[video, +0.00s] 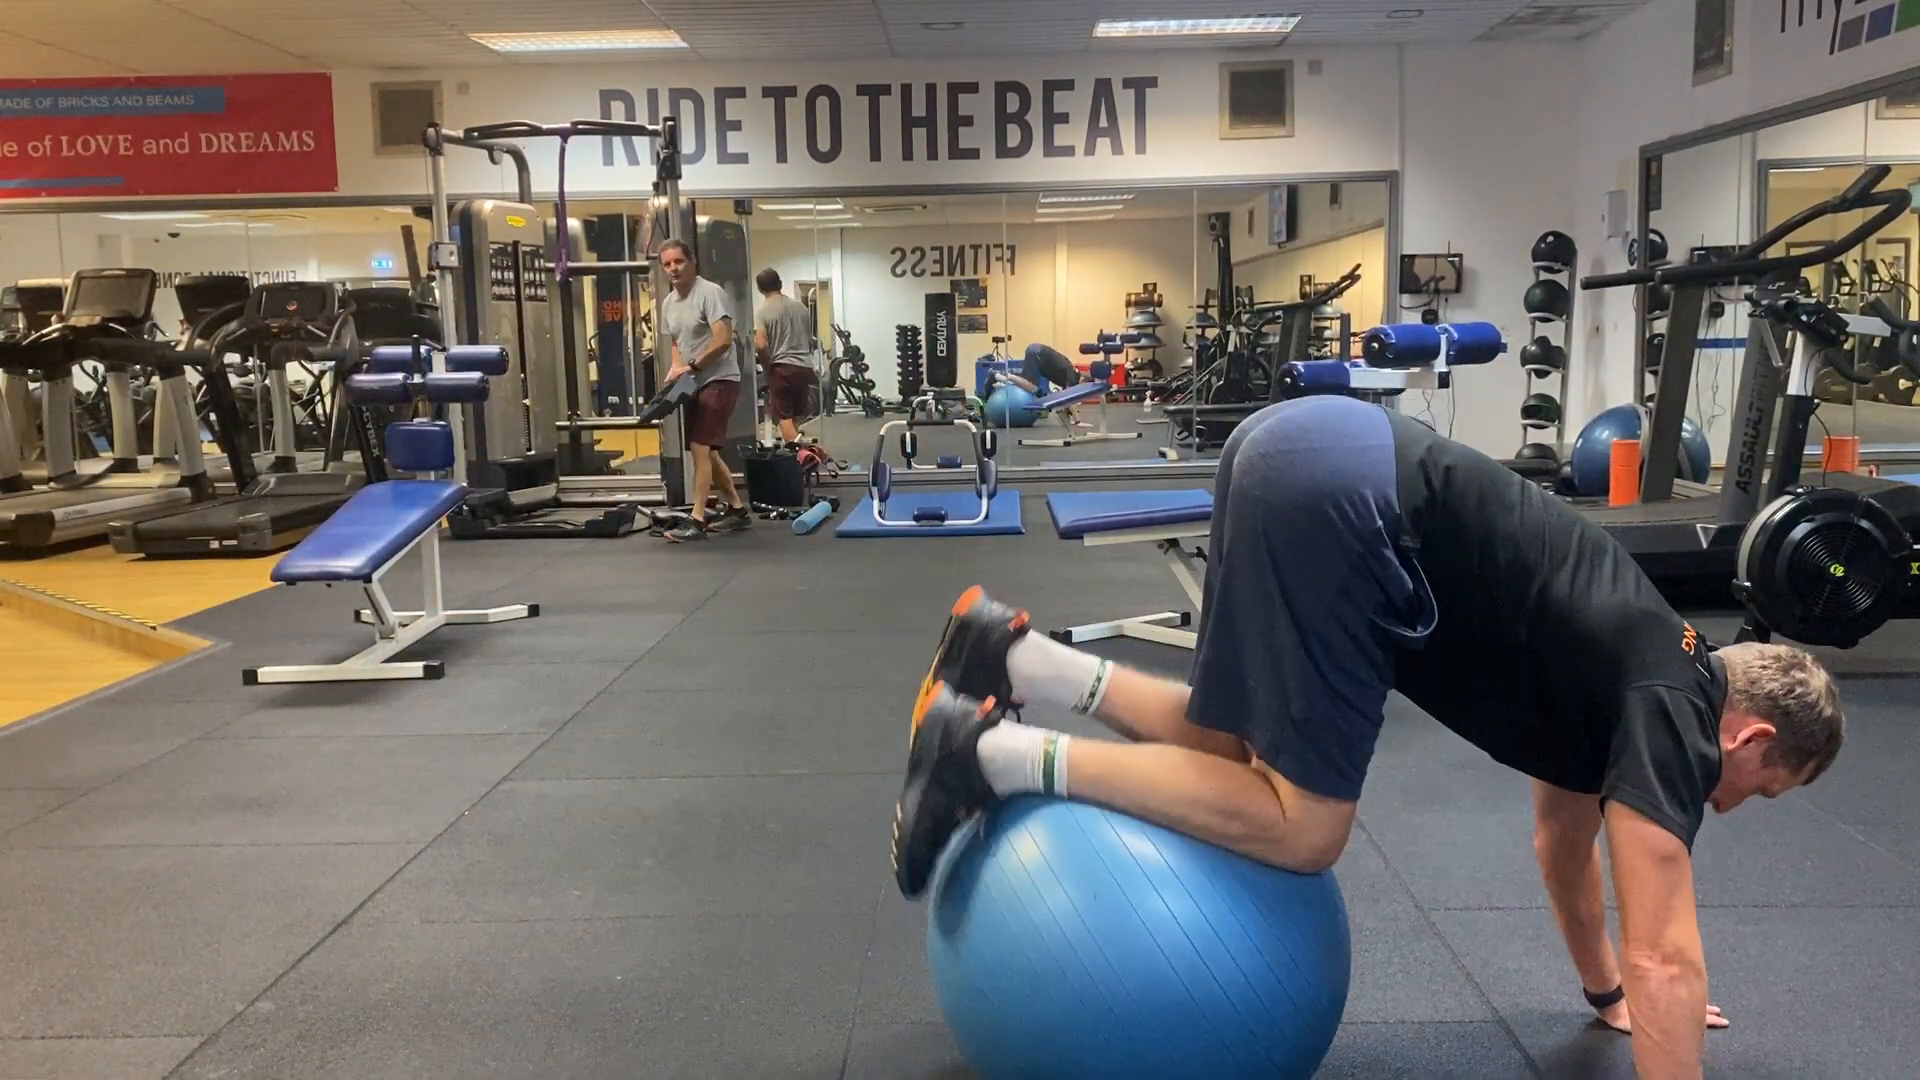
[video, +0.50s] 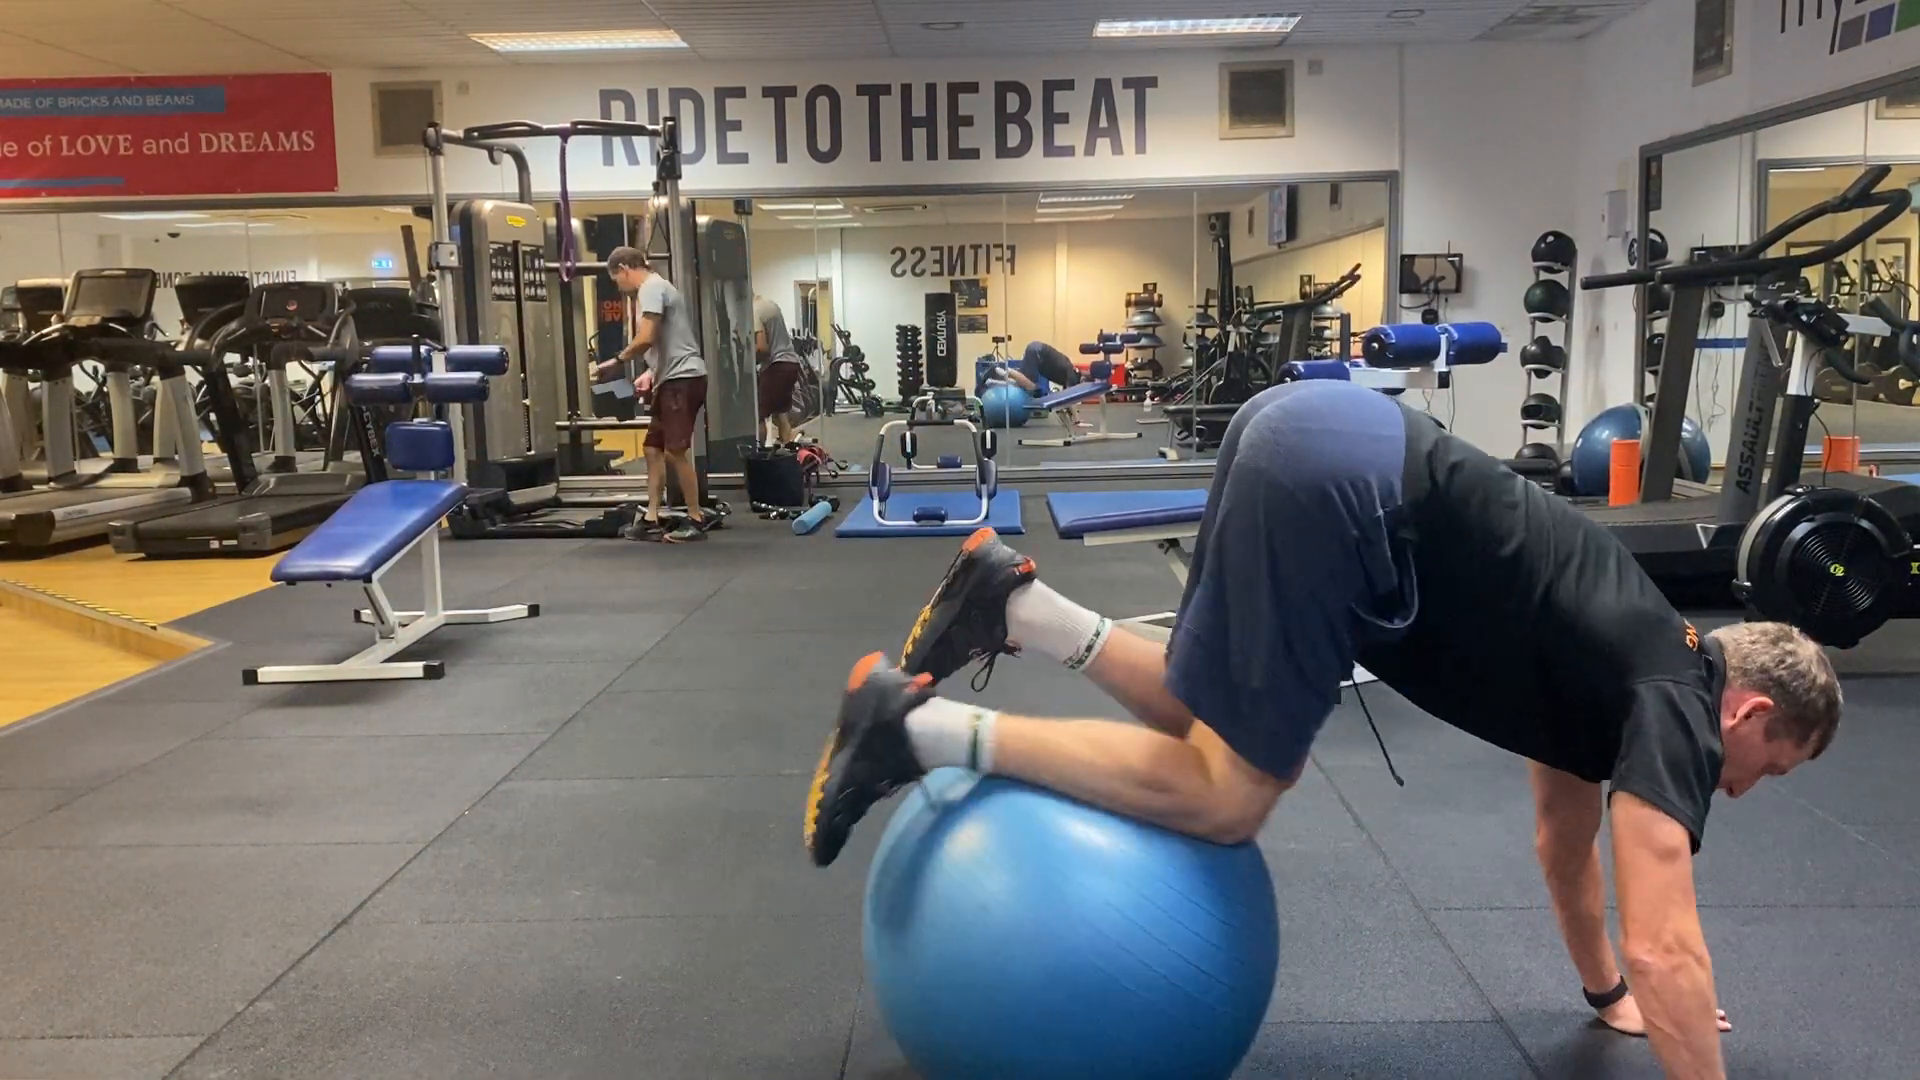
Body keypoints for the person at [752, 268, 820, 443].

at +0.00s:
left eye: (761, 287)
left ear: (760, 289)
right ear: (780, 284)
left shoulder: (762, 312)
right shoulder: (801, 307)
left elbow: (761, 345)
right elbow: (810, 341)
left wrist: (767, 366)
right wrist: (800, 354)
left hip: (781, 369)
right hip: (805, 369)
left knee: (785, 418)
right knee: (795, 417)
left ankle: (799, 457)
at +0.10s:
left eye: (756, 288)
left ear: (756, 290)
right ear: (776, 285)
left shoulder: (761, 311)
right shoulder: (795, 306)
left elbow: (761, 344)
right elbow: (803, 334)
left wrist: (765, 366)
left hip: (781, 367)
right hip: (803, 367)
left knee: (775, 416)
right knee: (789, 413)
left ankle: (793, 449)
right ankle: (797, 446)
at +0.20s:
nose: (752, 294)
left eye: (752, 290)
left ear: (753, 290)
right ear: (771, 285)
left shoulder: (760, 309)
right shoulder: (792, 305)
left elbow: (762, 344)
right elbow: (798, 335)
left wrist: (763, 358)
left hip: (779, 366)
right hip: (801, 366)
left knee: (768, 414)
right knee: (789, 413)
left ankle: (789, 444)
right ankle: (795, 449)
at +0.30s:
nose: (747, 297)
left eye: (746, 293)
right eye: (747, 293)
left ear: (750, 290)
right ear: (763, 286)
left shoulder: (758, 307)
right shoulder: (785, 303)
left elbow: (763, 344)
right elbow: (792, 334)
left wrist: (754, 351)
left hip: (779, 364)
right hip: (800, 363)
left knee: (764, 413)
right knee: (788, 413)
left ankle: (780, 442)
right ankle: (790, 454)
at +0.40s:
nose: (745, 299)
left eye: (744, 294)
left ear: (748, 290)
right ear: (756, 286)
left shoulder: (758, 307)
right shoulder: (778, 303)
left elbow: (763, 345)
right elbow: (786, 336)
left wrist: (752, 359)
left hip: (779, 363)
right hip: (797, 361)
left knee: (762, 414)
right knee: (786, 412)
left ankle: (765, 456)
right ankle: (790, 455)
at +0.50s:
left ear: (741, 295)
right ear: (751, 289)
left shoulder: (754, 308)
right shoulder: (770, 304)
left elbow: (762, 348)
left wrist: (747, 360)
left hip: (777, 365)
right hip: (792, 363)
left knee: (759, 414)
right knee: (781, 413)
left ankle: (759, 455)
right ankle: (788, 453)